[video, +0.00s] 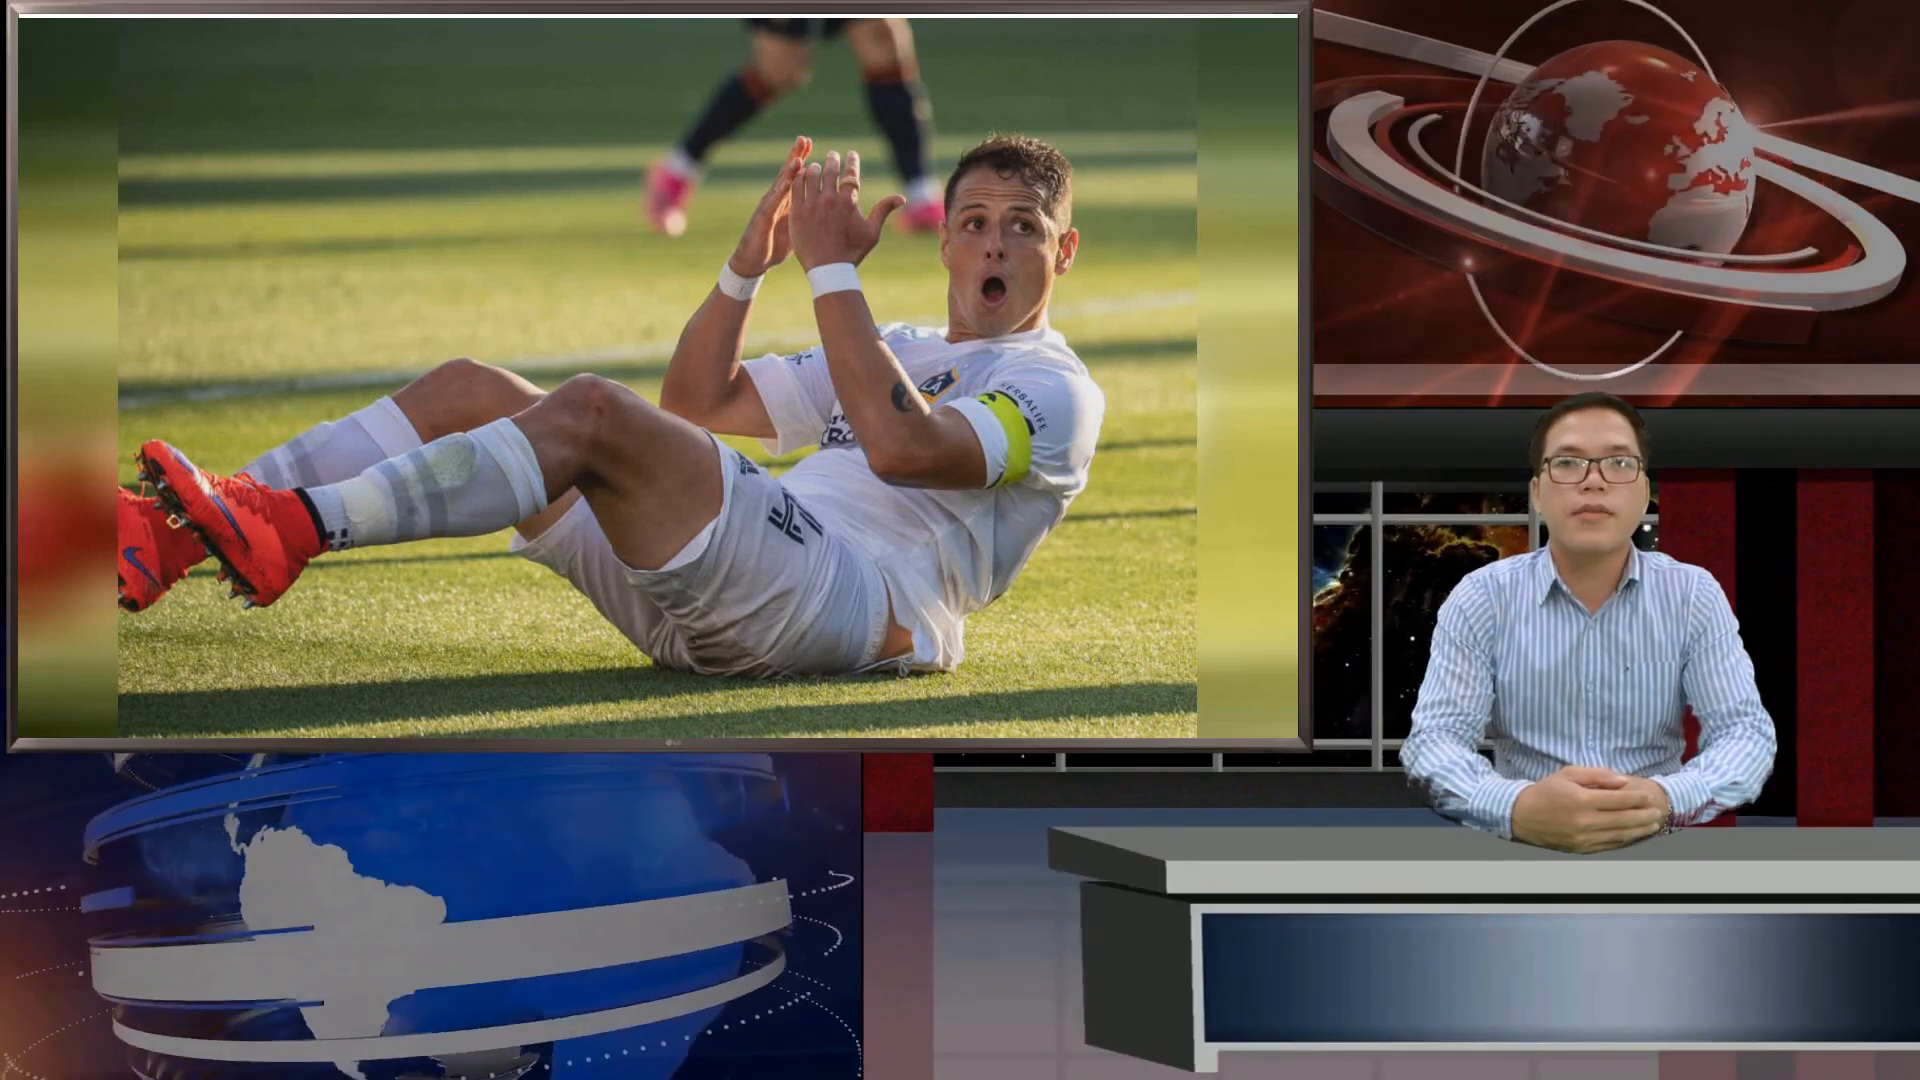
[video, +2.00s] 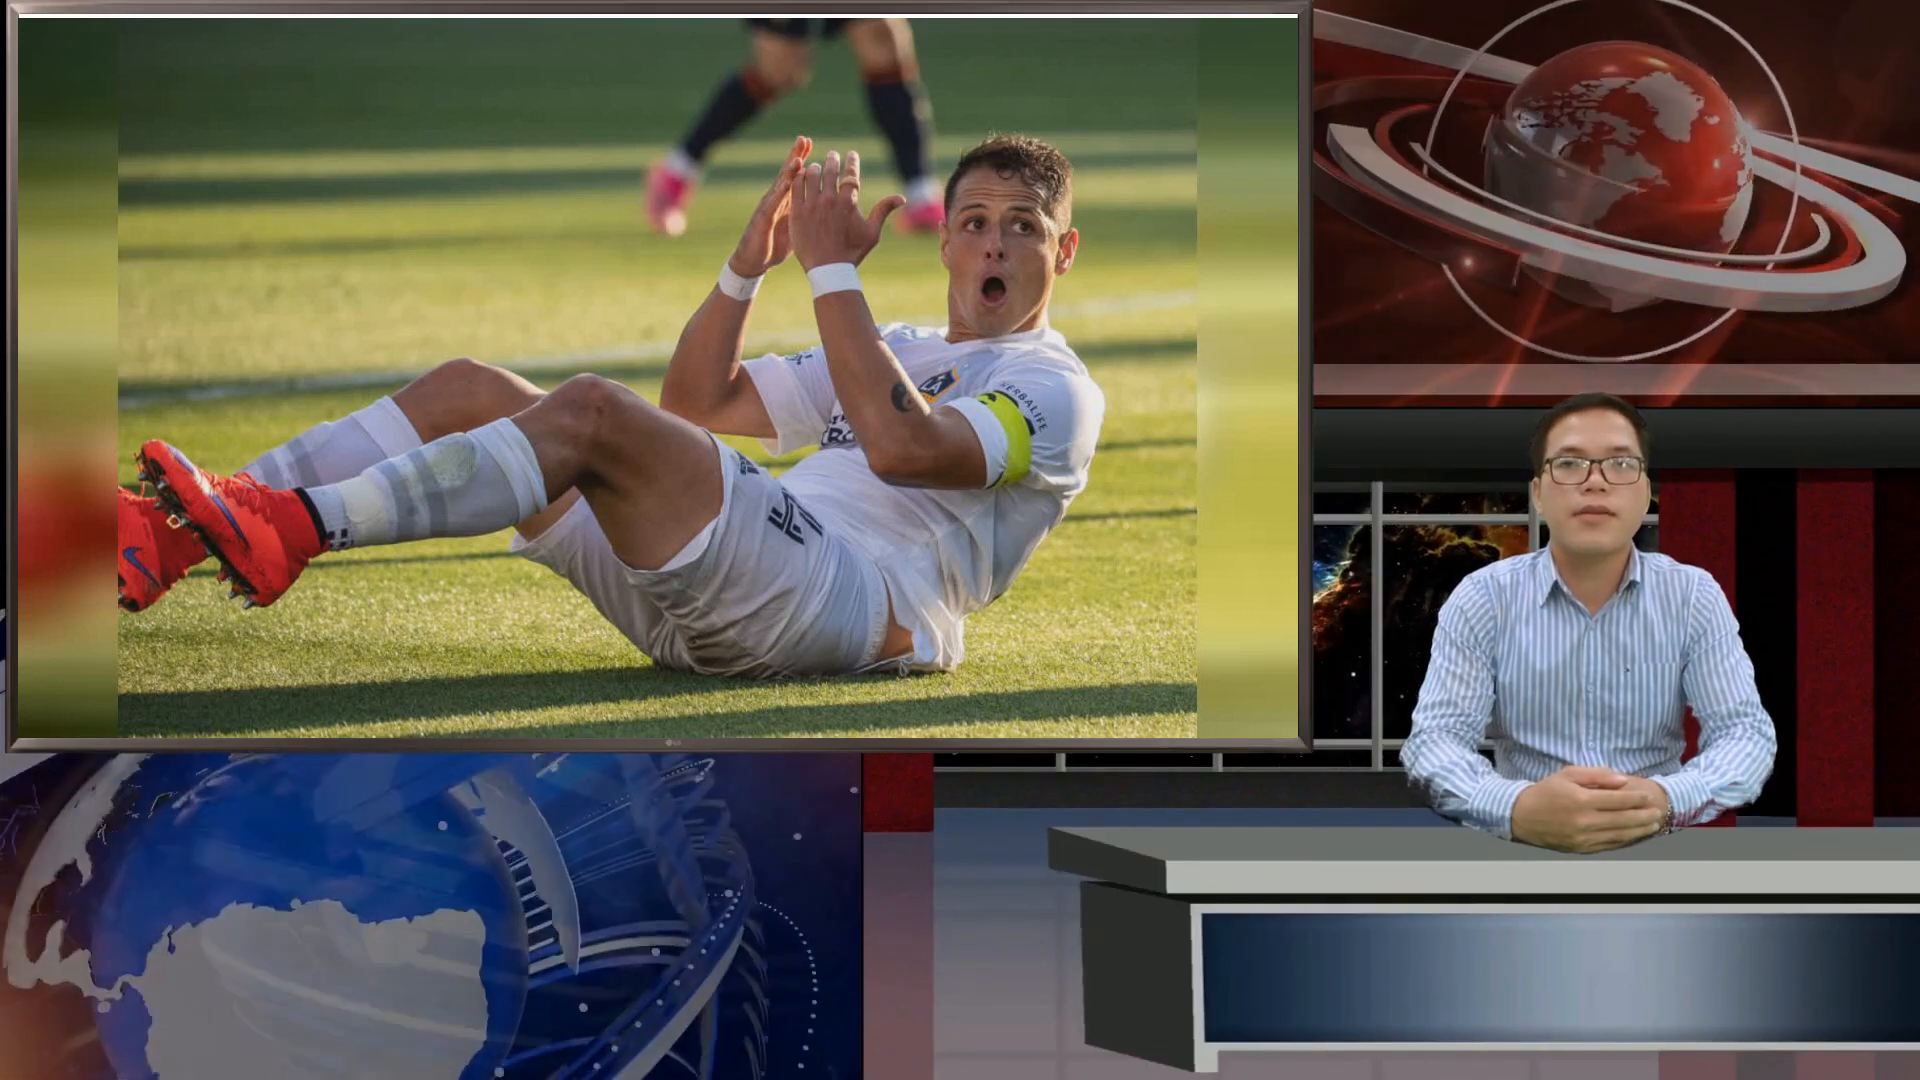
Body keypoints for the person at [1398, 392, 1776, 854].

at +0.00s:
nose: (1593, 481)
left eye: (1617, 463)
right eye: (1568, 463)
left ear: (1645, 493)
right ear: (1537, 494)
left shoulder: (1689, 597)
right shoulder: (1483, 600)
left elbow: (1745, 734)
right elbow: (1432, 745)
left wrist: (1667, 800)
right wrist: (1514, 809)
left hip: (1656, 852)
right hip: (1520, 856)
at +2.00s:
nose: (1595, 482)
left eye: (1619, 464)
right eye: (1569, 464)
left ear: (1646, 495)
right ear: (1538, 495)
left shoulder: (1690, 598)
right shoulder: (1484, 601)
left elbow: (1744, 735)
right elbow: (1432, 745)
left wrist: (1667, 800)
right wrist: (1515, 809)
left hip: (1656, 852)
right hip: (1519, 855)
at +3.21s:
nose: (1595, 483)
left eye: (1619, 464)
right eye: (1569, 464)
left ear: (1646, 495)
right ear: (1538, 495)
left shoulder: (1690, 598)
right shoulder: (1484, 601)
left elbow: (1745, 735)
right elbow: (1432, 745)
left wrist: (1667, 800)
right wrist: (1514, 809)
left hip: (1656, 854)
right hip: (1520, 857)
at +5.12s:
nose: (1596, 483)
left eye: (1620, 464)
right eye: (1570, 464)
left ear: (1646, 494)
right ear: (1539, 496)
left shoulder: (1691, 598)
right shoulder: (1485, 601)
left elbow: (1745, 735)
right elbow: (1433, 744)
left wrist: (1667, 799)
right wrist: (1515, 809)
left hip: (1656, 853)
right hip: (1520, 857)